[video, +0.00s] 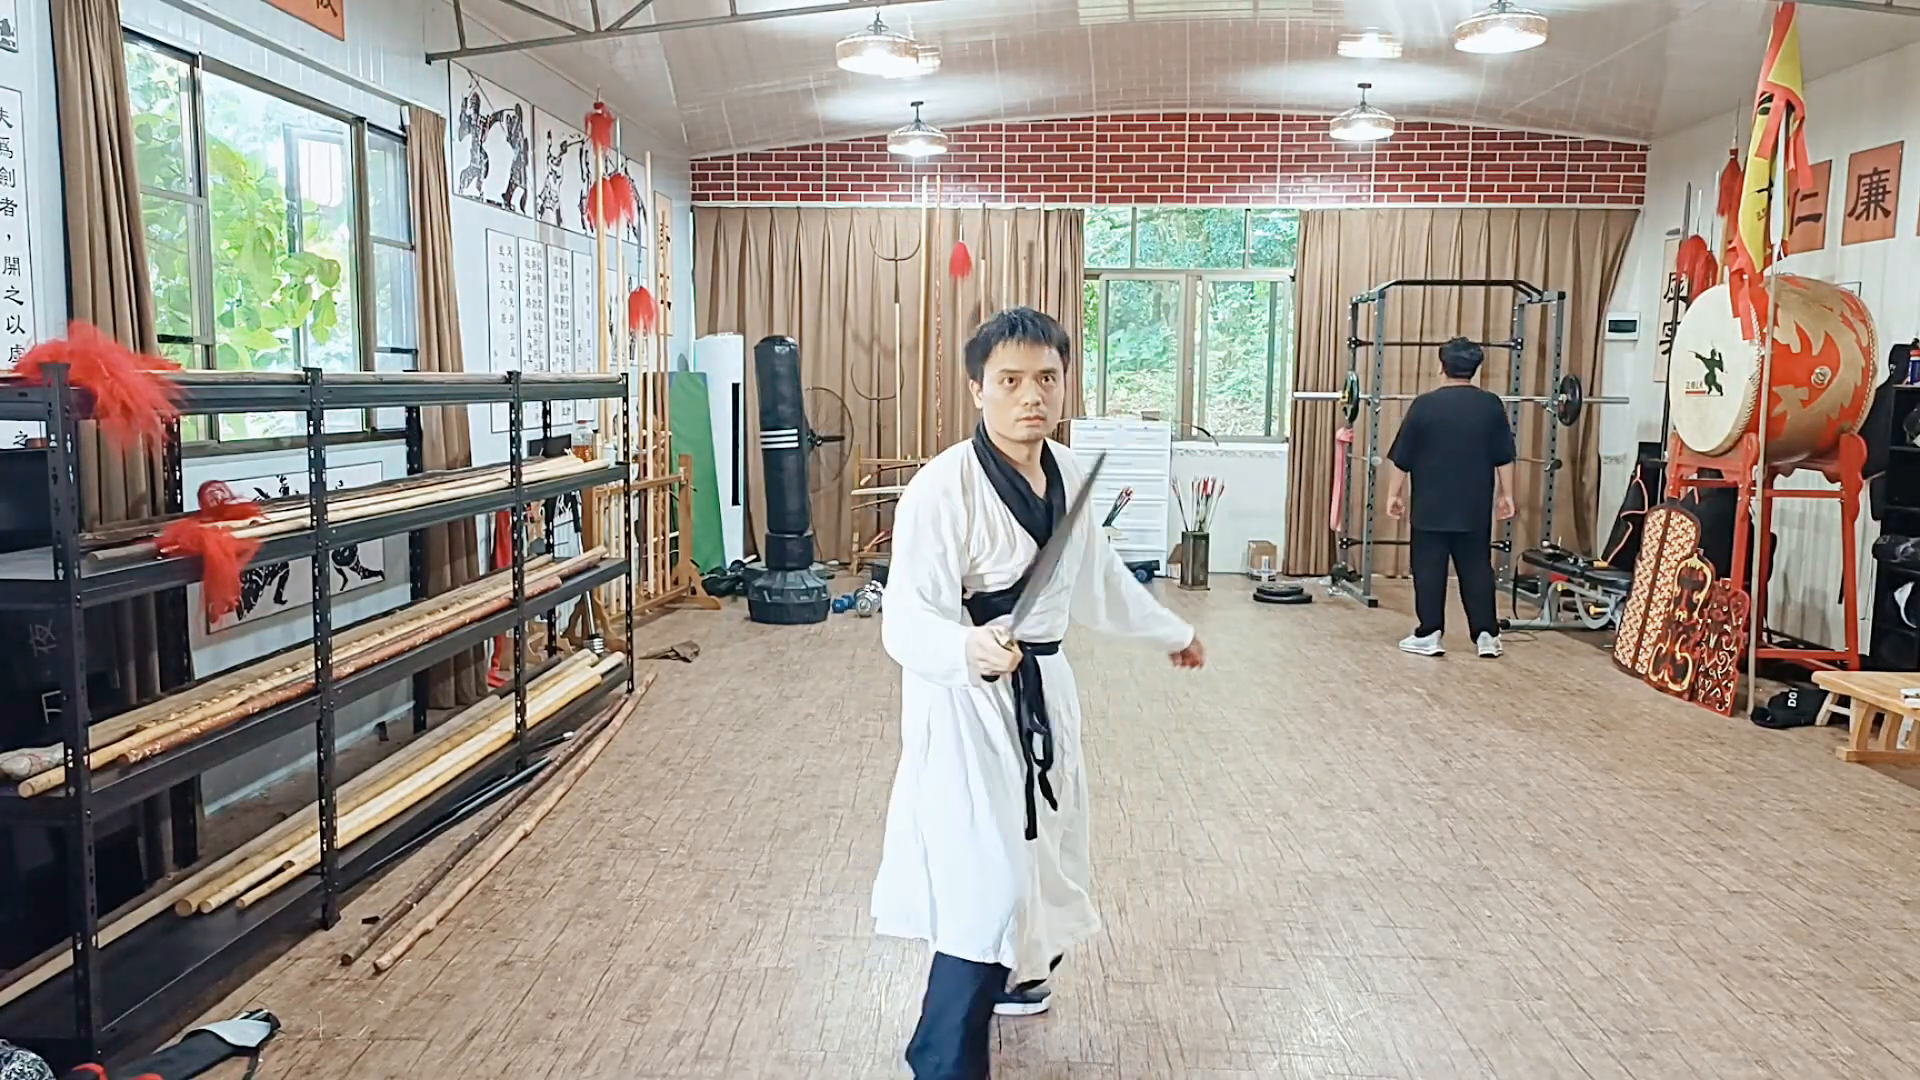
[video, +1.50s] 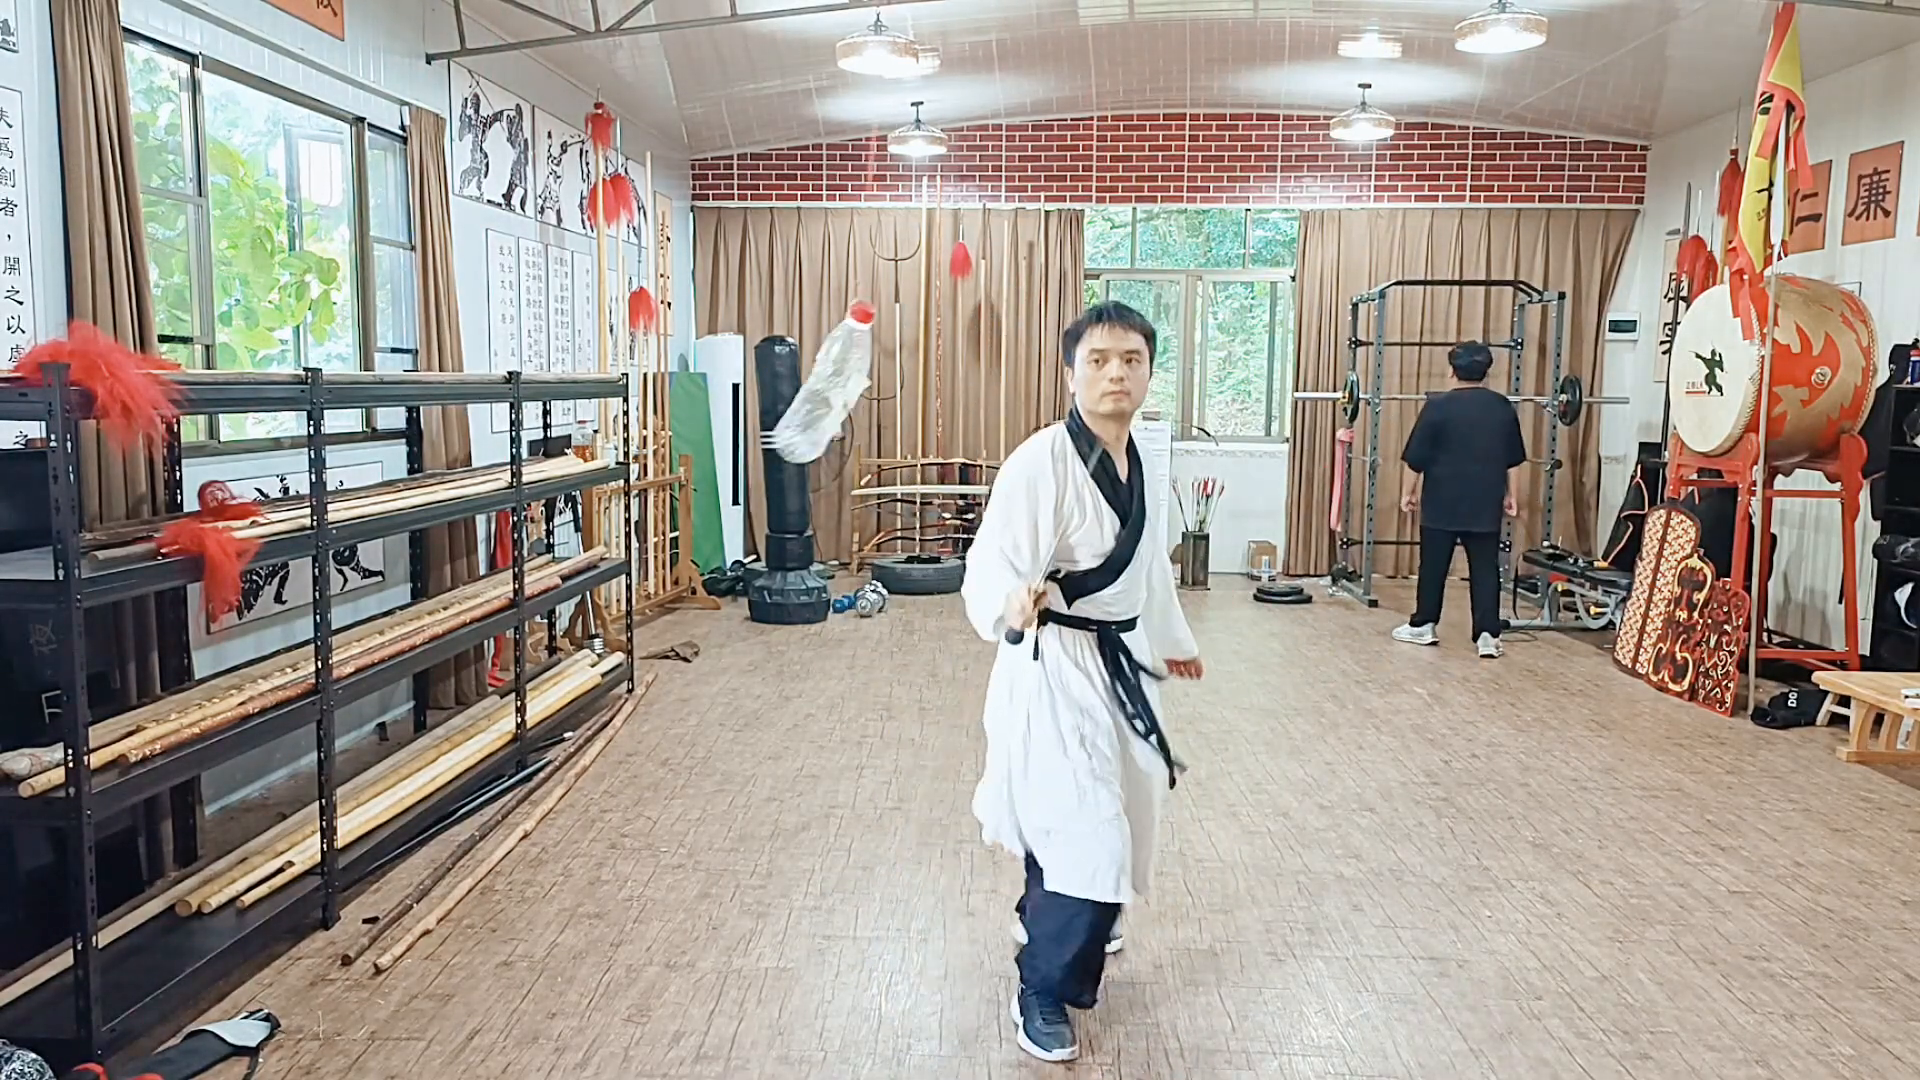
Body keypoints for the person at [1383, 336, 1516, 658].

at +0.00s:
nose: (1438, 368)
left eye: (1440, 364)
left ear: (1442, 368)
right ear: (1475, 369)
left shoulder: (1425, 404)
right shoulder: (1490, 405)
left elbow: (1402, 456)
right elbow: (1503, 456)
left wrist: (1394, 493)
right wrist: (1507, 494)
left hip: (1430, 508)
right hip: (1474, 508)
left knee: (1429, 571)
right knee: (1476, 570)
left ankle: (1429, 634)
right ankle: (1486, 635)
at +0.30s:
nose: (1455, 369)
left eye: (1457, 365)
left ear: (1460, 369)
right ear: (1493, 370)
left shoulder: (1442, 404)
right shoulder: (1507, 406)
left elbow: (1420, 457)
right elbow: (1516, 459)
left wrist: (1412, 493)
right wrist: (1512, 493)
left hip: (1445, 505)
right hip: (1487, 506)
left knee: (1439, 571)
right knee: (1487, 571)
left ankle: (1429, 634)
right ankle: (1487, 637)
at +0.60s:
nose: (1471, 372)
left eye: (1472, 368)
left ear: (1474, 370)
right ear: (1510, 371)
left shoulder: (1455, 407)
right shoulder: (1523, 410)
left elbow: (1434, 460)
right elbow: (1534, 466)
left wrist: (1422, 493)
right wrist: (1528, 498)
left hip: (1456, 508)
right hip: (1503, 511)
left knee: (1441, 568)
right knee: (1495, 573)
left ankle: (1430, 629)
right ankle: (1488, 636)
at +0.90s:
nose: (1477, 369)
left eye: (1479, 365)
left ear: (1482, 369)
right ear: (1515, 370)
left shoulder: (1466, 405)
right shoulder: (1530, 408)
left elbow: (1446, 459)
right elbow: (1541, 460)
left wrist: (1435, 495)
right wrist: (1538, 498)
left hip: (1463, 502)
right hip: (1509, 507)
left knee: (1444, 562)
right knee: (1501, 571)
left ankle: (1426, 624)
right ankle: (1489, 636)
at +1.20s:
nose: (1468, 370)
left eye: (1470, 366)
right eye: (1470, 365)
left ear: (1474, 370)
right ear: (1506, 372)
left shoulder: (1457, 406)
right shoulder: (1523, 408)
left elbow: (1439, 459)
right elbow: (1535, 463)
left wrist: (1429, 497)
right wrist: (1530, 500)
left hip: (1460, 504)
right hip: (1506, 507)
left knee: (1449, 566)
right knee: (1497, 574)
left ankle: (1427, 625)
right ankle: (1489, 636)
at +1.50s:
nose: (1448, 372)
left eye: (1450, 368)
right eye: (1452, 367)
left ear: (1454, 371)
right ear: (1485, 372)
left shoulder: (1438, 405)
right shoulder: (1502, 407)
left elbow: (1416, 455)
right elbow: (1514, 457)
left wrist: (1408, 490)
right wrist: (1513, 494)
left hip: (1440, 504)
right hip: (1484, 506)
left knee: (1432, 568)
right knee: (1485, 571)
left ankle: (1422, 626)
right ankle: (1487, 636)